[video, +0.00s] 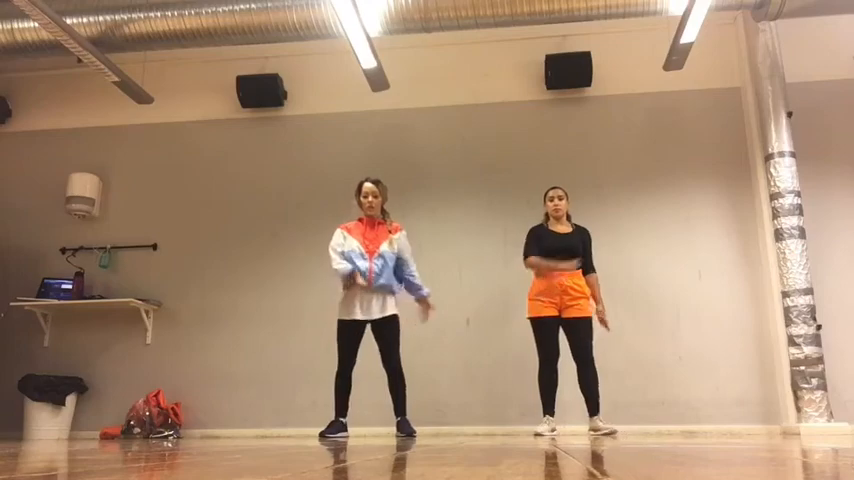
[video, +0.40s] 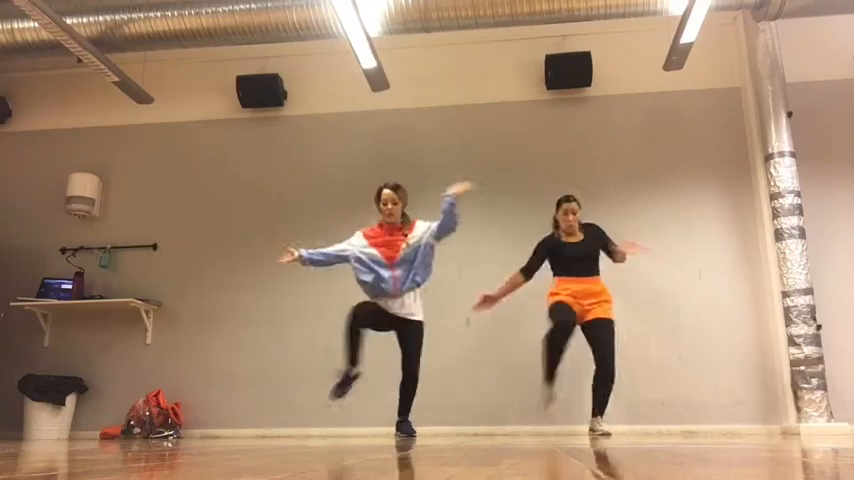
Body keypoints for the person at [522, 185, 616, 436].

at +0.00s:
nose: (556, 203)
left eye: (560, 199)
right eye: (551, 200)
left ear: (568, 203)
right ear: (545, 206)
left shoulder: (582, 233)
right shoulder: (536, 232)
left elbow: (590, 271)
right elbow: (530, 261)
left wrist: (600, 305)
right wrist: (564, 266)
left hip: (577, 302)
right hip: (544, 303)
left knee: (585, 358)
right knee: (548, 359)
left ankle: (595, 419)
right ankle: (548, 419)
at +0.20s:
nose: (560, 205)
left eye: (564, 201)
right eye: (555, 202)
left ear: (573, 206)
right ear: (550, 209)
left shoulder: (588, 234)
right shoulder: (546, 234)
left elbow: (604, 266)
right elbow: (556, 253)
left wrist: (628, 291)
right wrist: (578, 262)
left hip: (579, 298)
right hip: (547, 298)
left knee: (587, 357)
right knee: (540, 355)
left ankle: (594, 420)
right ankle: (546, 419)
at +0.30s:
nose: (563, 208)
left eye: (567, 204)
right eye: (558, 206)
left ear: (576, 209)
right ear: (553, 213)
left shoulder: (591, 233)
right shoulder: (551, 238)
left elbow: (608, 260)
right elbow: (539, 262)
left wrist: (641, 269)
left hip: (588, 300)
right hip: (556, 299)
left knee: (595, 358)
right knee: (542, 354)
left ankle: (595, 419)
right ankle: (542, 415)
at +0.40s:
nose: (570, 217)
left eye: (574, 212)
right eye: (565, 213)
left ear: (580, 214)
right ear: (557, 216)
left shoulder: (593, 232)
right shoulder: (549, 243)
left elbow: (616, 256)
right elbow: (525, 273)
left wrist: (622, 253)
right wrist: (497, 295)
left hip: (596, 298)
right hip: (564, 296)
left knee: (606, 362)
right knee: (564, 324)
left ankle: (597, 420)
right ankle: (548, 383)